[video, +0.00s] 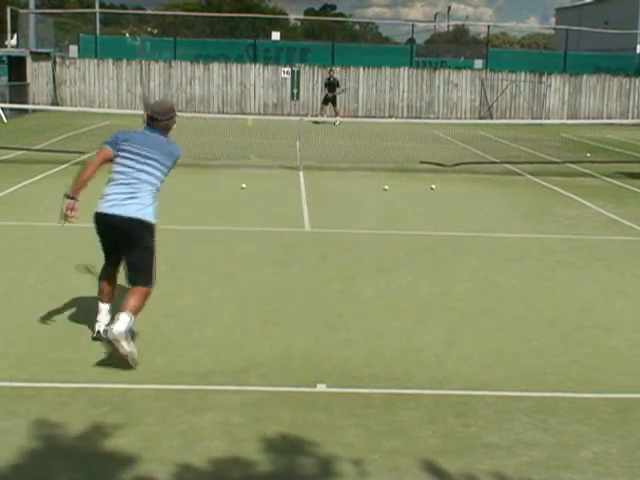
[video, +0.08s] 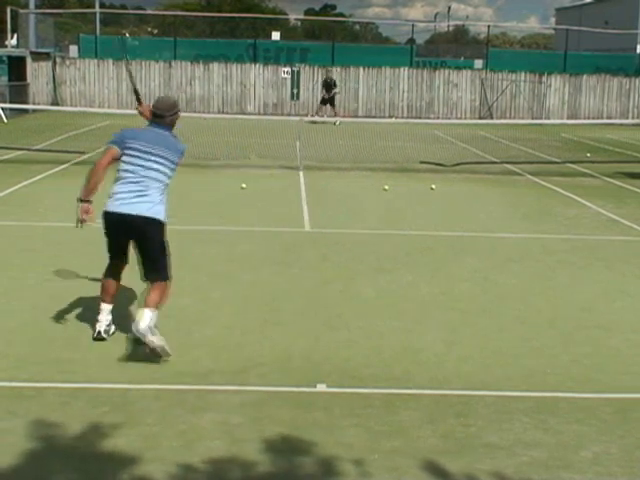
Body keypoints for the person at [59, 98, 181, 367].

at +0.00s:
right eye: (171, 123)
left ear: (146, 119)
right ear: (172, 125)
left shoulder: (123, 137)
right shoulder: (173, 151)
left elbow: (96, 161)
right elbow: (154, 173)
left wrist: (73, 195)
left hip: (107, 214)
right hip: (139, 219)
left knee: (111, 263)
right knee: (142, 284)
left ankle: (101, 322)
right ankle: (120, 328)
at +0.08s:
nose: (173, 121)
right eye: (175, 119)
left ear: (152, 117)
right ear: (175, 121)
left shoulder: (128, 135)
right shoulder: (177, 148)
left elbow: (102, 163)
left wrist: (85, 198)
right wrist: (151, 116)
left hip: (116, 213)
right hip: (149, 217)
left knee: (115, 262)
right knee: (159, 278)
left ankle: (103, 321)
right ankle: (144, 323)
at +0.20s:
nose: (187, 113)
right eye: (188, 109)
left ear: (163, 110)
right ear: (188, 113)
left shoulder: (142, 131)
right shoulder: (192, 139)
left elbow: (117, 161)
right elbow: (174, 144)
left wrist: (108, 198)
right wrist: (156, 125)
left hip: (132, 212)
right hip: (167, 217)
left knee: (122, 265)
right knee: (185, 269)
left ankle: (103, 321)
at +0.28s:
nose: (196, 109)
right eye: (197, 106)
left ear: (172, 107)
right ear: (197, 109)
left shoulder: (152, 129)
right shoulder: (207, 137)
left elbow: (132, 164)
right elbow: (196, 160)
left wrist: (123, 189)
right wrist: (159, 132)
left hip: (147, 211)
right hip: (184, 214)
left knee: (129, 263)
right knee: (197, 267)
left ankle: (108, 319)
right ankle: (209, 328)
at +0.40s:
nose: (213, 105)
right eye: (212, 102)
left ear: (184, 105)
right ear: (209, 106)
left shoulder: (169, 131)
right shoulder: (220, 135)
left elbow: (143, 170)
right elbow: (224, 170)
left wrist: (139, 173)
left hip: (170, 214)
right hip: (206, 218)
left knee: (149, 264)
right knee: (211, 268)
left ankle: (138, 325)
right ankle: (213, 330)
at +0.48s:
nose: (217, 98)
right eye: (217, 95)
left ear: (189, 96)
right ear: (215, 97)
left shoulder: (174, 123)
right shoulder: (228, 129)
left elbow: (151, 166)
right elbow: (235, 172)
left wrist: (160, 153)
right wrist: (208, 170)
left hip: (177, 208)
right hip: (214, 212)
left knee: (167, 259)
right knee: (215, 264)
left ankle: (172, 325)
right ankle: (216, 328)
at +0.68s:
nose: (228, 99)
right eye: (229, 95)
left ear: (205, 97)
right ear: (231, 98)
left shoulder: (189, 126)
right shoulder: (245, 131)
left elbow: (170, 167)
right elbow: (262, 179)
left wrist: (180, 181)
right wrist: (236, 193)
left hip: (196, 216)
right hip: (233, 217)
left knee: (197, 276)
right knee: (247, 273)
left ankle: (197, 344)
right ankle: (255, 339)